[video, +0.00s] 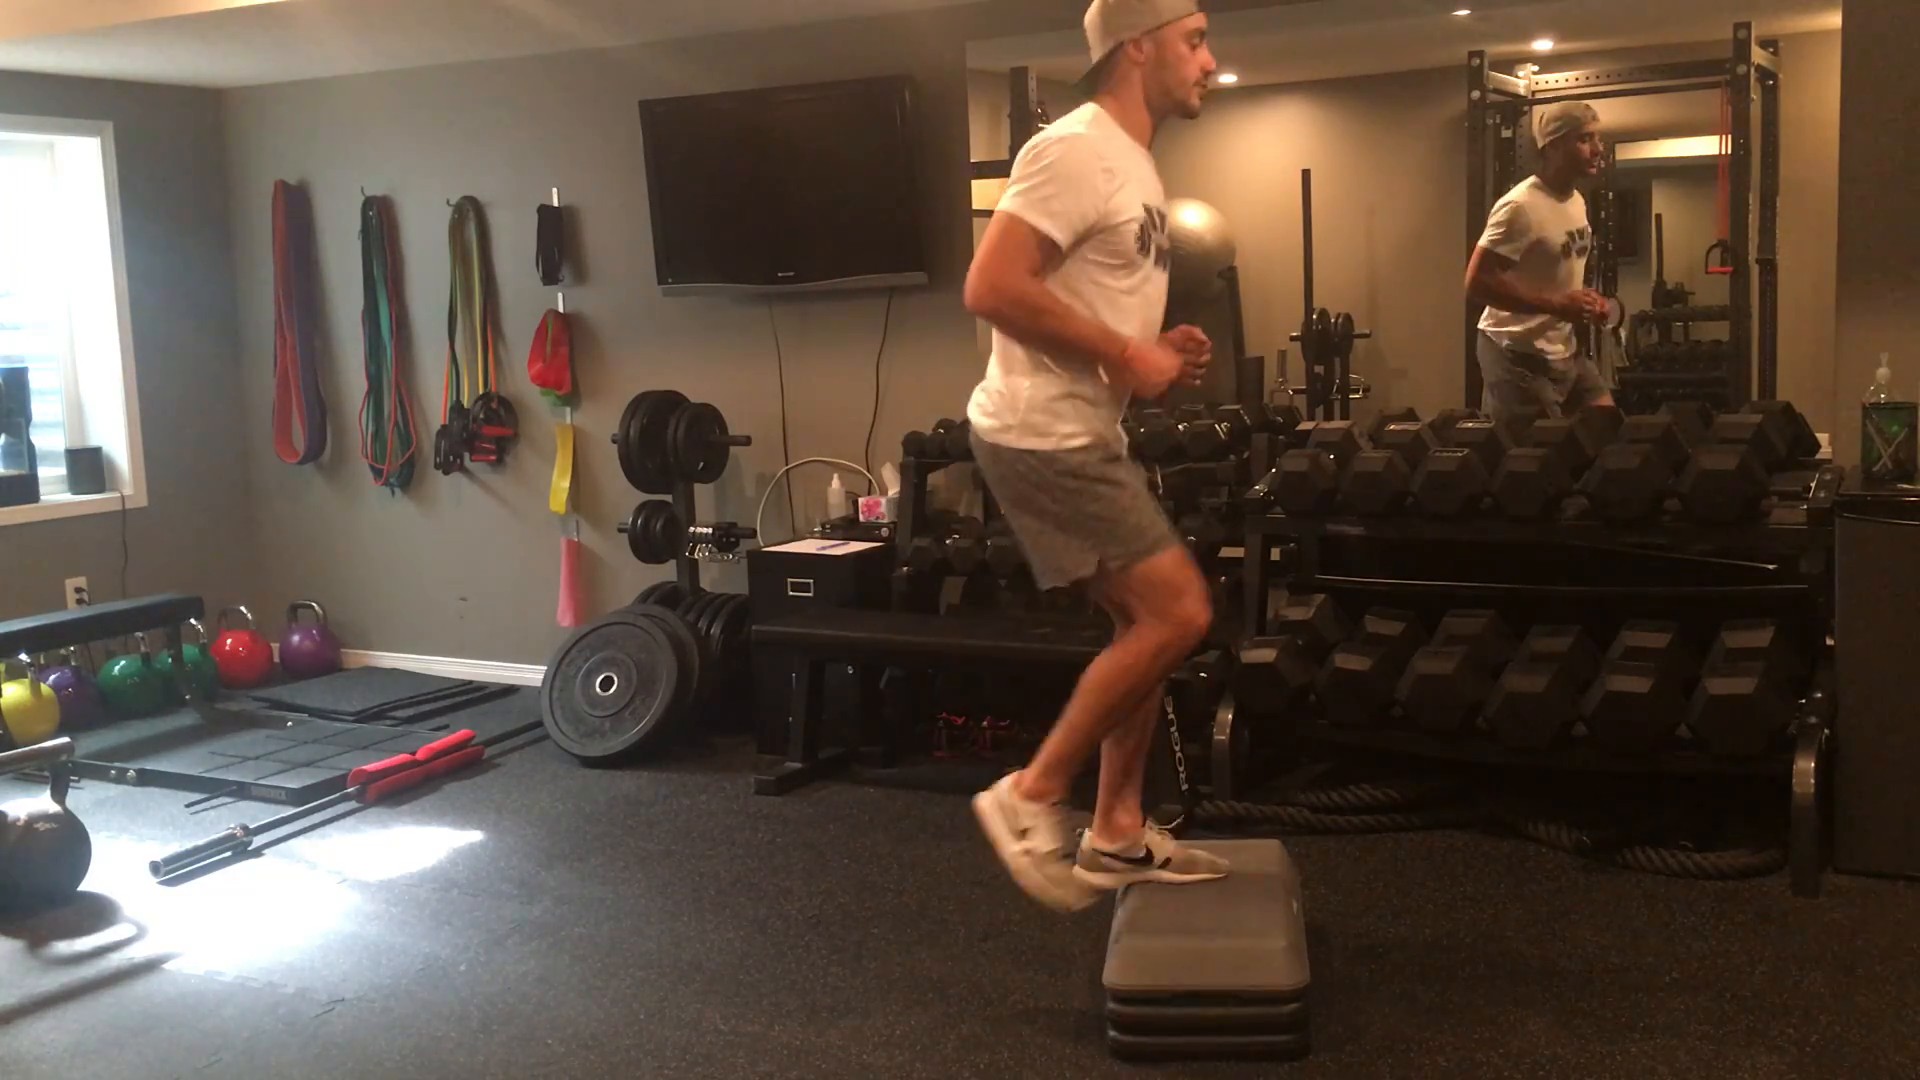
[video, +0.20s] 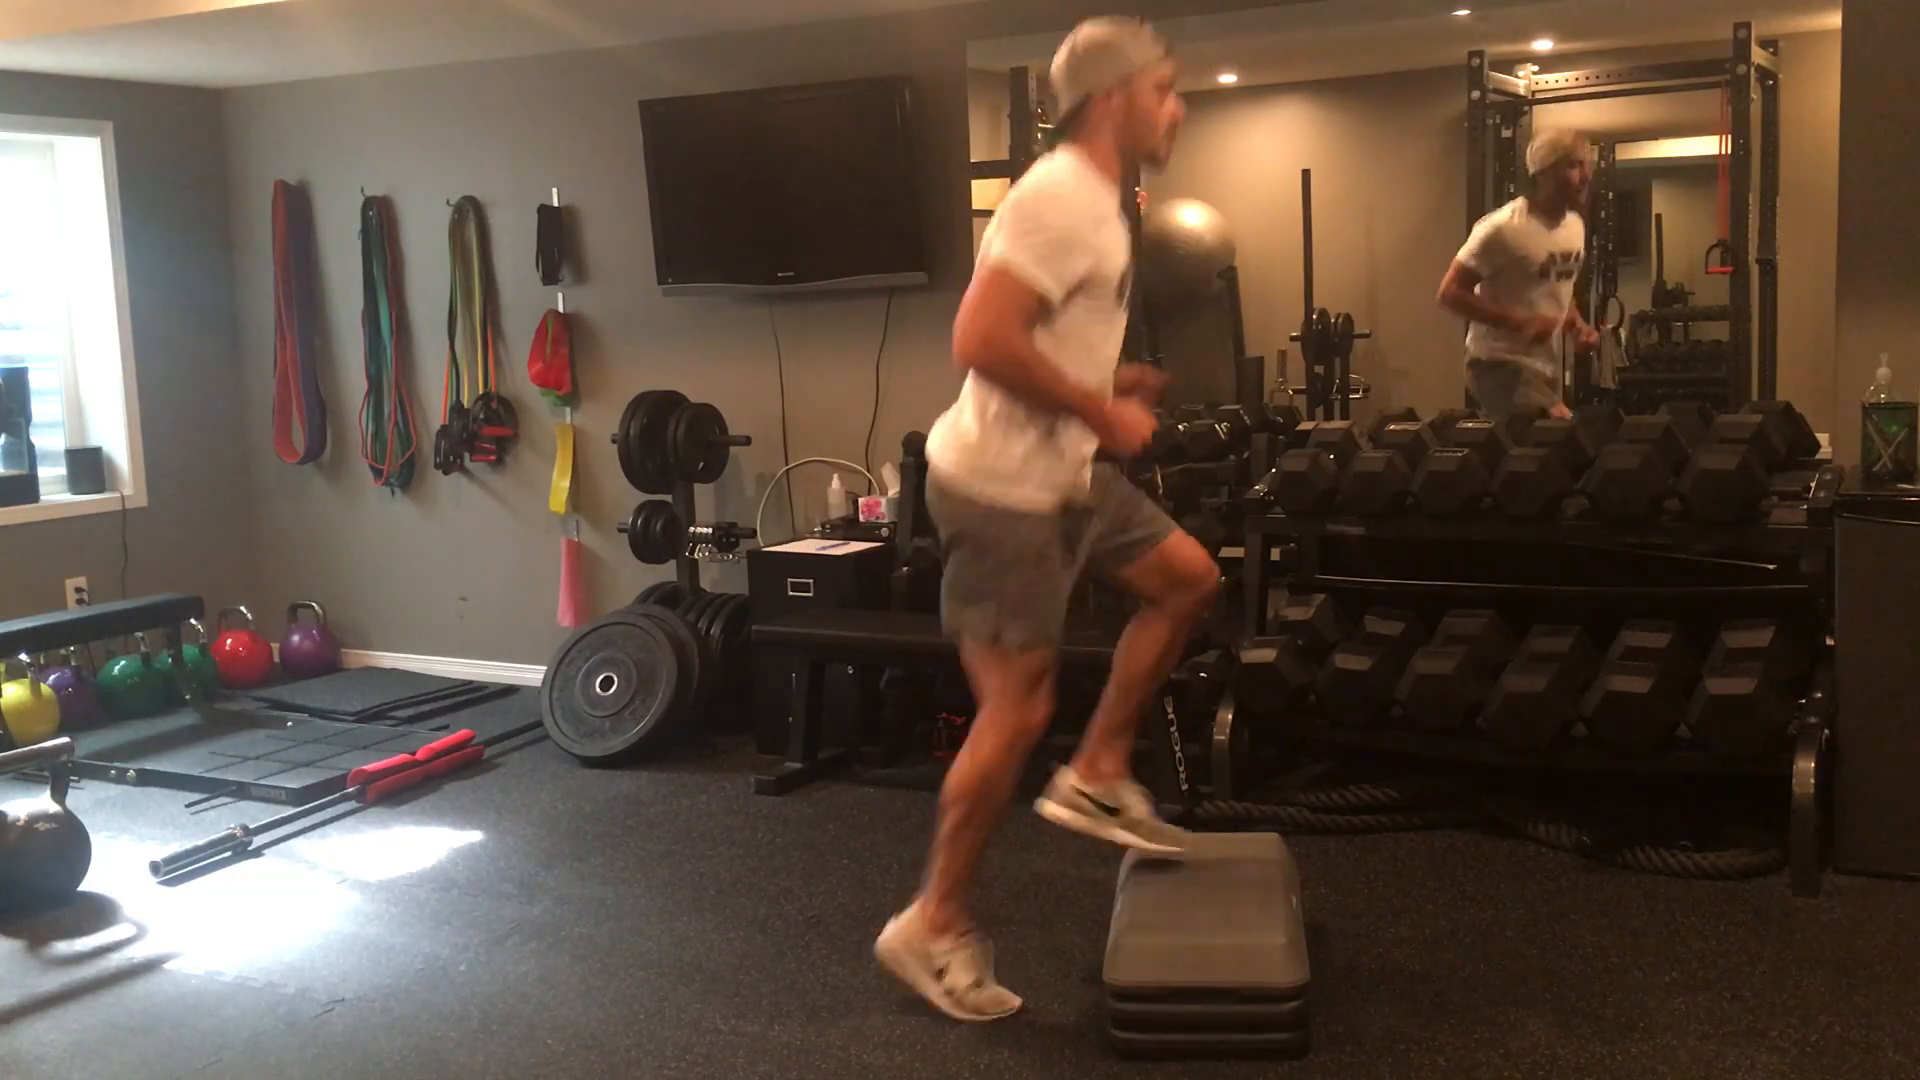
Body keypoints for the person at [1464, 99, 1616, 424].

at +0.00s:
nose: (1598, 149)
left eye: (1597, 139)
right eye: (1585, 139)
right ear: (1553, 146)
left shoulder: (1576, 201)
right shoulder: (1518, 207)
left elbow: (1556, 278)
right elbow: (1477, 283)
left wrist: (1586, 300)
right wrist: (1557, 303)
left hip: (1562, 348)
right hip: (1513, 353)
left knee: (1605, 424)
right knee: (1525, 456)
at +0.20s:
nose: (1584, 176)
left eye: (1585, 166)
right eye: (1574, 165)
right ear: (1543, 171)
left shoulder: (1574, 225)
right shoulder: (1500, 228)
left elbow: (1557, 291)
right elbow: (1450, 293)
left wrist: (1578, 327)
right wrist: (1520, 323)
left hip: (1546, 368)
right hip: (1500, 369)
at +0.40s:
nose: (1580, 197)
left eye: (1579, 187)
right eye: (1569, 187)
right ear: (1537, 193)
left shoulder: (1561, 249)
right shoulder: (1491, 252)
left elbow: (1547, 324)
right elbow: (1445, 320)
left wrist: (1572, 367)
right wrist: (1490, 374)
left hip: (1545, 399)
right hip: (1497, 403)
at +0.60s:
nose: (1577, 201)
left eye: (1575, 191)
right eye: (1564, 191)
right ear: (1531, 199)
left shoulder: (1558, 256)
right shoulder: (1497, 263)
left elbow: (1547, 331)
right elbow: (1466, 338)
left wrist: (1571, 371)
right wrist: (1550, 355)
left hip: (1548, 401)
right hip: (1500, 409)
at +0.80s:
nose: (1601, 156)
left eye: (1600, 147)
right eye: (1587, 147)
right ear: (1555, 157)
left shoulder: (1584, 218)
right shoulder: (1523, 218)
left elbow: (1577, 285)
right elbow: (1488, 292)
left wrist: (1605, 308)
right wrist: (1570, 301)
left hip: (1576, 370)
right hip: (1520, 376)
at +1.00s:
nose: (1607, 123)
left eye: (1607, 114)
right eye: (1595, 113)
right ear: (1562, 124)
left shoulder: (1595, 186)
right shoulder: (1524, 188)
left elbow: (1580, 257)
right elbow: (1482, 261)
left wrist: (1615, 281)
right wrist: (1554, 294)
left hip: (1582, 332)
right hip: (1533, 334)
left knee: (1598, 421)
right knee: (1571, 425)